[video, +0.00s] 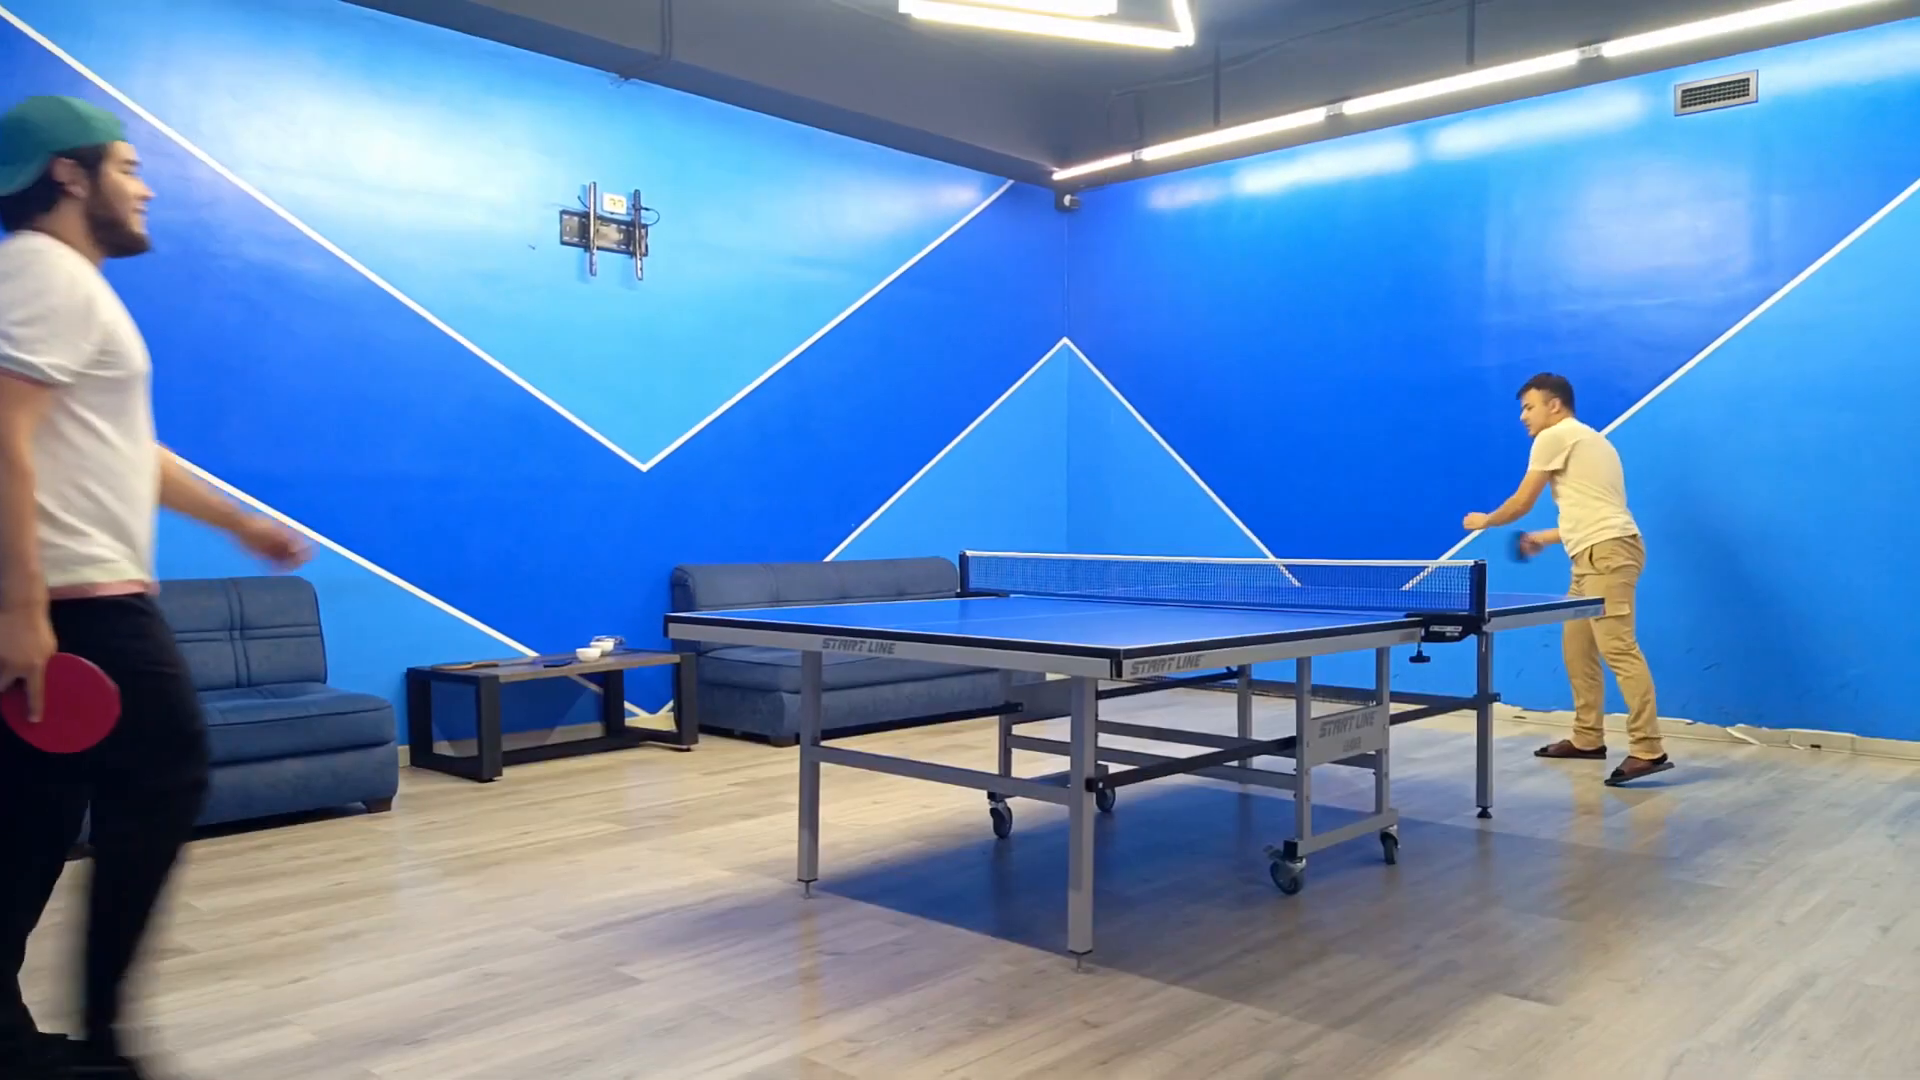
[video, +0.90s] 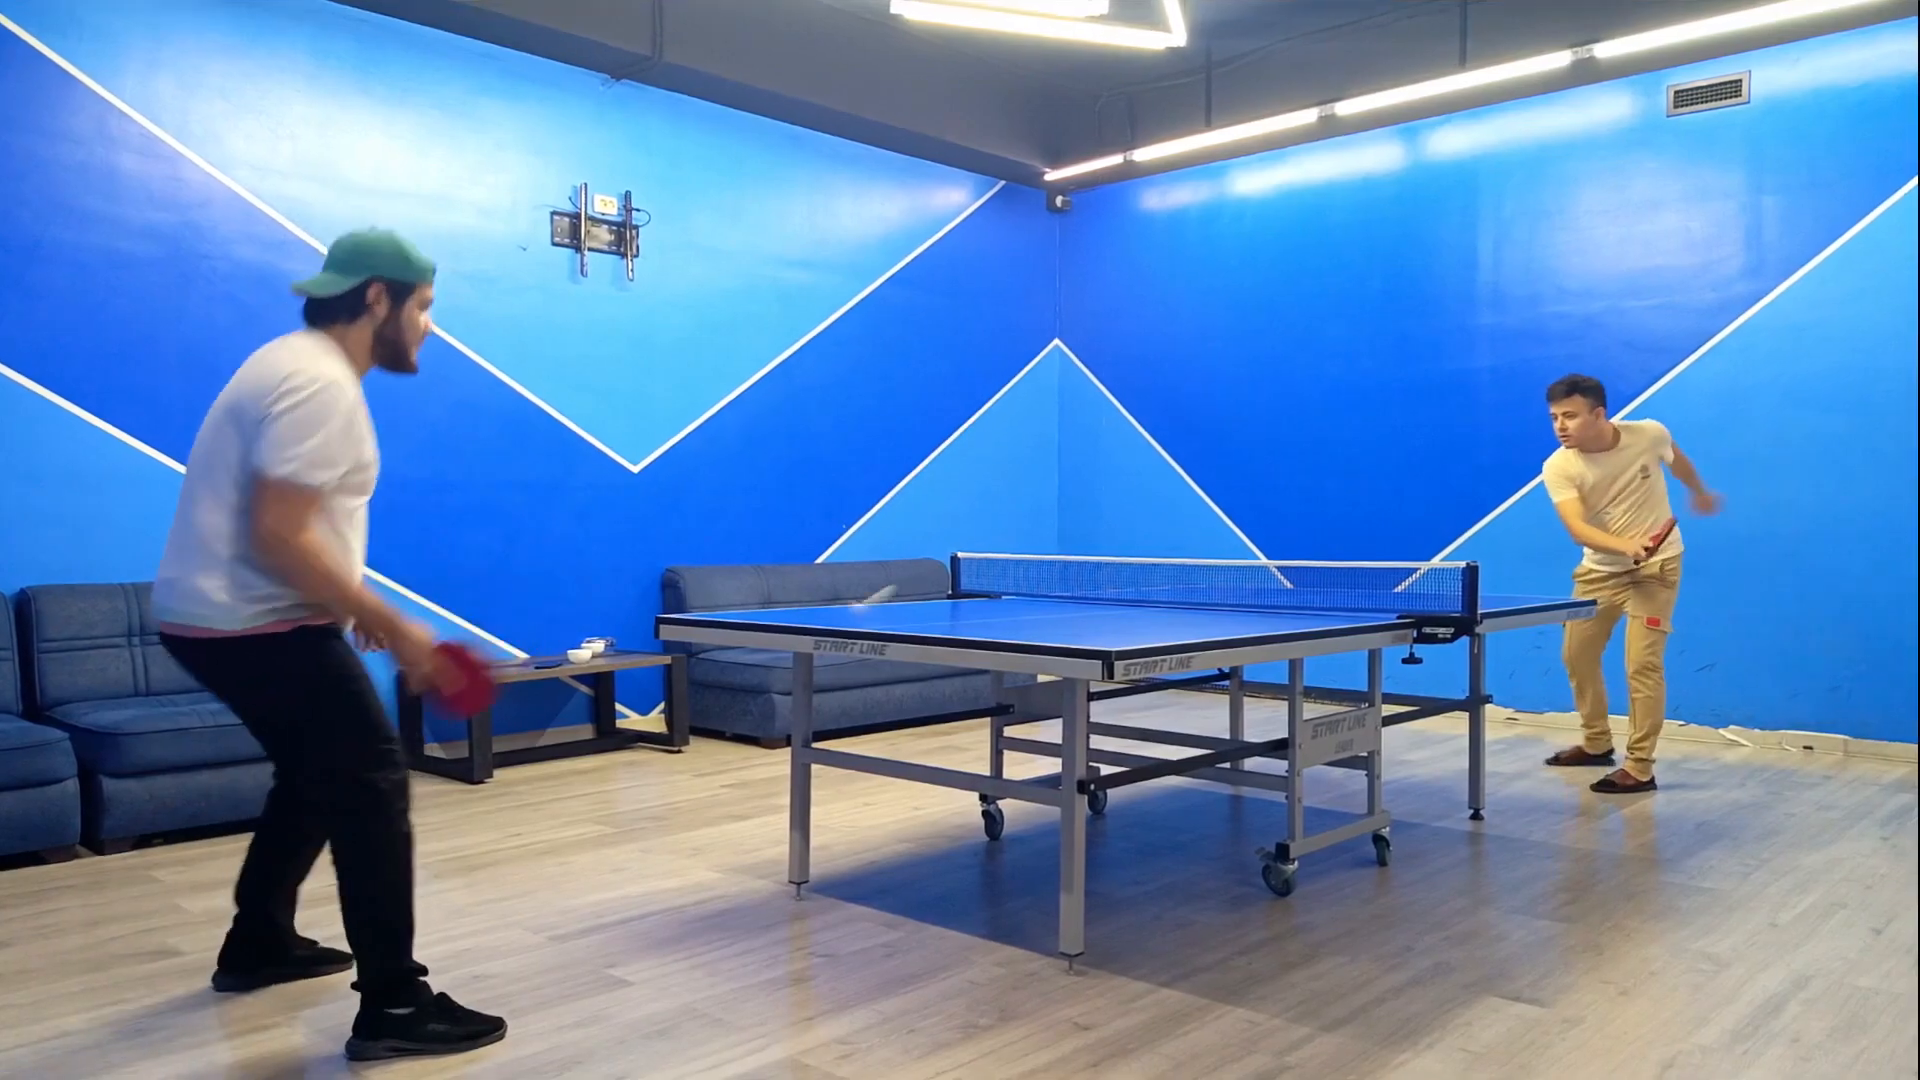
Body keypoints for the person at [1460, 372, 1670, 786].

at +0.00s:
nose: (1523, 417)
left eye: (1528, 408)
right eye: (1522, 409)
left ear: (1555, 406)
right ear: (1558, 410)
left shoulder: (1553, 437)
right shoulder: (1592, 440)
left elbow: (1521, 503)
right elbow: (1596, 514)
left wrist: (1485, 520)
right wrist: (1547, 536)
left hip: (1608, 549)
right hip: (1592, 554)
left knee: (1617, 645)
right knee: (1578, 647)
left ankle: (1648, 750)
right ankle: (1587, 740)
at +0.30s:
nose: (1515, 429)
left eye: (1521, 419)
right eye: (1514, 421)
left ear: (1550, 416)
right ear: (1549, 420)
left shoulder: (1564, 444)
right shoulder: (1567, 455)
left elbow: (1514, 508)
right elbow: (1574, 532)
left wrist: (1465, 513)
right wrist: (1513, 532)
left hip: (1628, 559)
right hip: (1597, 565)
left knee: (1615, 654)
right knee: (1574, 646)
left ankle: (1640, 763)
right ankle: (1584, 741)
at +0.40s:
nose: (1523, 430)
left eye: (1531, 420)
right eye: (1520, 422)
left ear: (1559, 419)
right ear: (1525, 426)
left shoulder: (1591, 448)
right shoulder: (1546, 474)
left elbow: (1547, 509)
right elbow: (1522, 531)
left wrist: (1481, 513)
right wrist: (1473, 538)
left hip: (1642, 564)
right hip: (1599, 572)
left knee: (1627, 656)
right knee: (1570, 647)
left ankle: (1640, 766)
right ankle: (1583, 742)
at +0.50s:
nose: (1528, 432)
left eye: (1536, 423)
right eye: (1524, 425)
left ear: (1565, 421)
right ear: (1524, 429)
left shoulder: (1609, 448)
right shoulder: (1537, 476)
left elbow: (1622, 500)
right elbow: (1529, 531)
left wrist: (1584, 507)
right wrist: (1517, 533)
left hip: (1642, 565)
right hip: (1596, 573)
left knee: (1630, 656)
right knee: (1565, 650)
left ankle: (1640, 766)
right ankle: (1581, 741)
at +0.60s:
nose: (1533, 432)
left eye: (1542, 423)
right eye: (1529, 425)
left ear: (1571, 422)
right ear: (1528, 428)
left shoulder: (1619, 449)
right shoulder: (1538, 476)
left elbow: (1660, 480)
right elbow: (1543, 529)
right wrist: (1558, 531)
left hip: (1642, 567)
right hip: (1592, 574)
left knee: (1631, 659)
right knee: (1563, 651)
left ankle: (1638, 766)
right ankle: (1580, 741)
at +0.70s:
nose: (1542, 434)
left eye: (1551, 424)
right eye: (1537, 426)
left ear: (1580, 423)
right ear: (1534, 429)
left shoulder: (1630, 450)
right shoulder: (1543, 476)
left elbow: (1700, 469)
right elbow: (1560, 531)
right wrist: (1600, 538)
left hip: (1643, 567)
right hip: (1591, 574)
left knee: (1633, 659)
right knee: (1567, 651)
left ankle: (1637, 767)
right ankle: (1577, 740)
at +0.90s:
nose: (1560, 426)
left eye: (1569, 416)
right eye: (1555, 418)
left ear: (1599, 415)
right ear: (1553, 419)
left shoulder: (1649, 435)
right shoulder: (1558, 466)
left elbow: (1677, 461)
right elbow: (1577, 528)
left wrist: (1700, 493)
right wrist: (1624, 545)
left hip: (1657, 564)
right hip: (1600, 568)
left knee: (1642, 661)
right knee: (1578, 653)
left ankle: (1639, 768)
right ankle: (1597, 745)